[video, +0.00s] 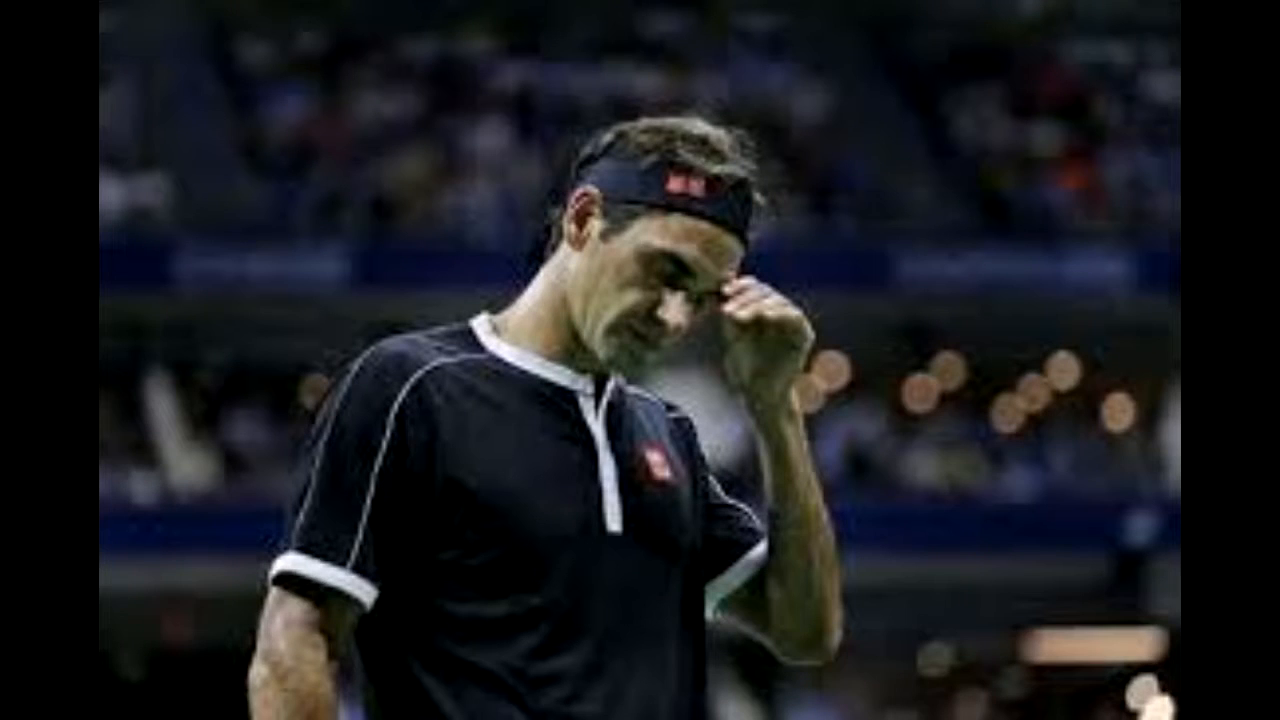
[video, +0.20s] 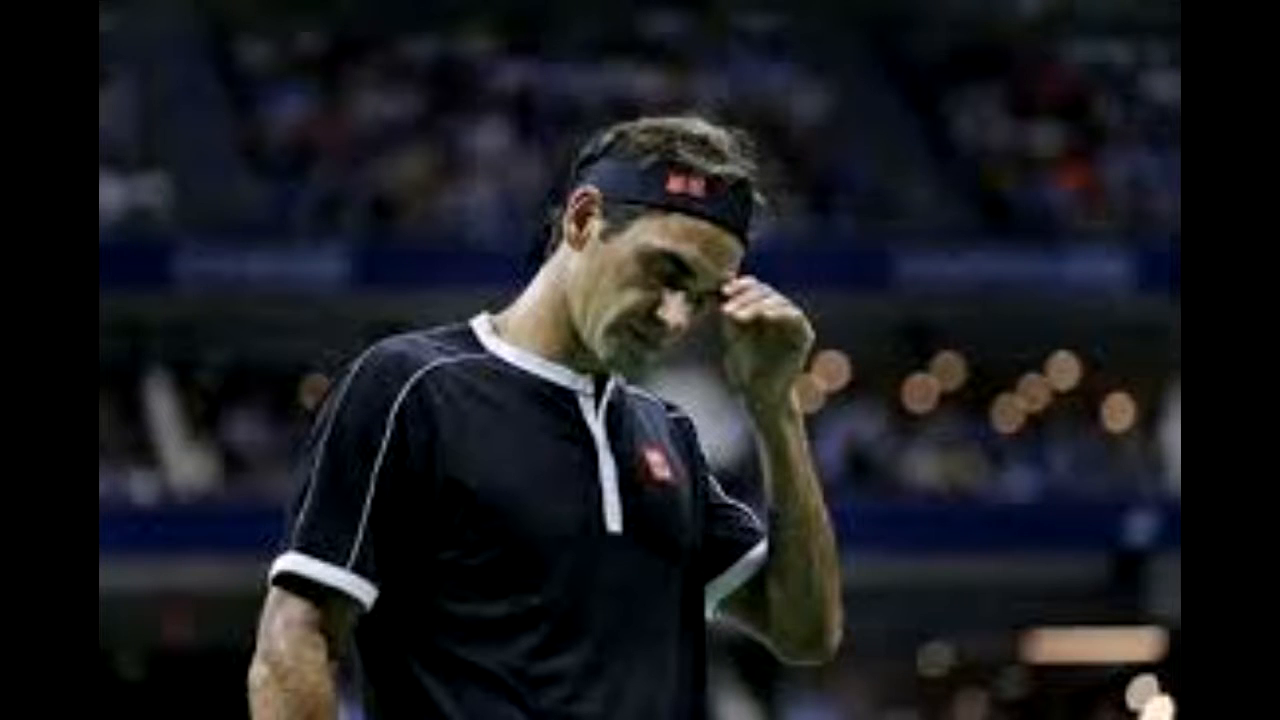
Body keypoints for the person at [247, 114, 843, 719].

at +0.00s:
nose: (675, 318)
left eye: (701, 299)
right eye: (665, 273)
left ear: (718, 301)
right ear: (584, 221)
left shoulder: (664, 435)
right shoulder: (403, 386)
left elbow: (805, 633)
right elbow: (292, 643)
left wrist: (776, 410)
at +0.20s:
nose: (675, 318)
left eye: (701, 299)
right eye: (665, 273)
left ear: (719, 301)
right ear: (584, 221)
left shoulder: (664, 435)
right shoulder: (404, 386)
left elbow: (805, 633)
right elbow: (292, 642)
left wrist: (776, 409)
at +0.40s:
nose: (675, 318)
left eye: (701, 299)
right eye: (665, 273)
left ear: (718, 301)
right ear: (584, 220)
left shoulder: (664, 436)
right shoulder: (404, 386)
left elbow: (805, 633)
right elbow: (292, 641)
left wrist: (776, 409)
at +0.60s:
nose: (675, 318)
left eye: (701, 299)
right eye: (665, 273)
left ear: (718, 301)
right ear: (584, 220)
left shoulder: (664, 436)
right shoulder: (404, 386)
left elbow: (805, 633)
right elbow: (292, 641)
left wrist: (776, 409)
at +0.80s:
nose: (675, 317)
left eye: (701, 299)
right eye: (664, 272)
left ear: (718, 301)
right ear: (584, 221)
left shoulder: (664, 435)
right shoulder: (404, 386)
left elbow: (805, 633)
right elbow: (292, 641)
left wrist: (776, 410)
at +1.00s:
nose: (675, 317)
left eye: (701, 299)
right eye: (664, 272)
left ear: (718, 301)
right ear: (584, 221)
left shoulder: (664, 436)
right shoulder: (404, 386)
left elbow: (805, 633)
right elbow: (292, 641)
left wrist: (776, 410)